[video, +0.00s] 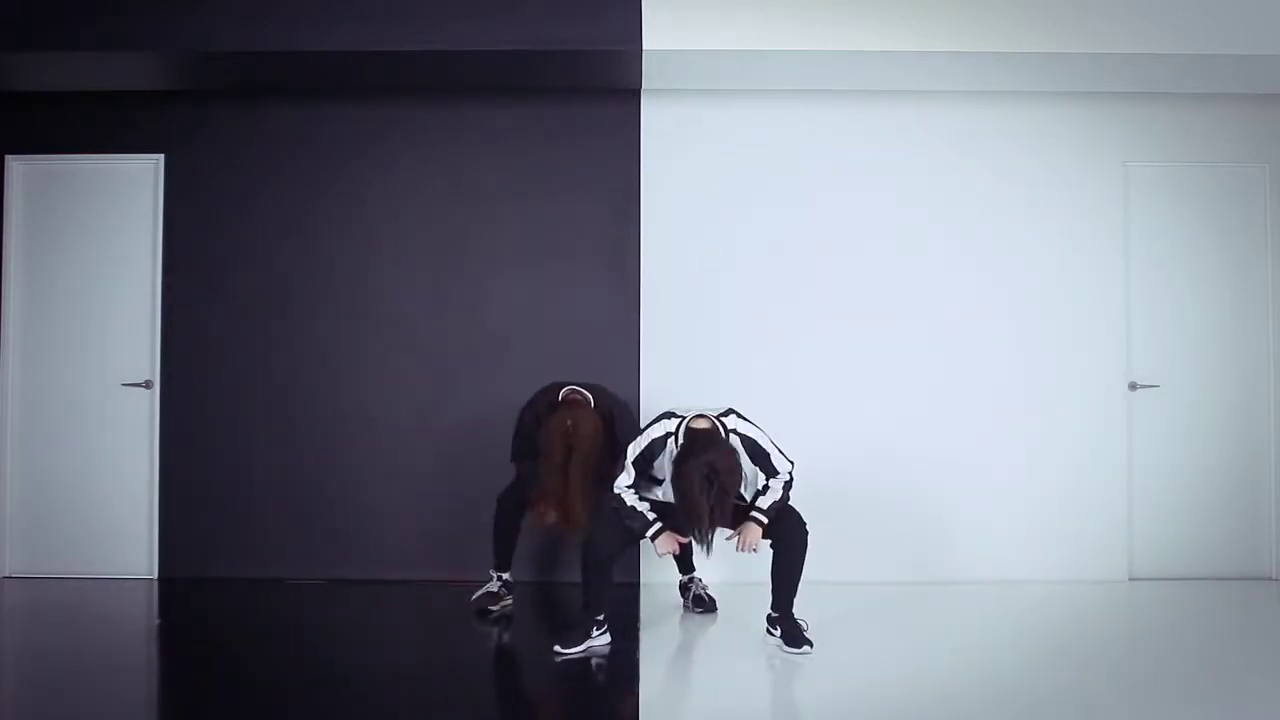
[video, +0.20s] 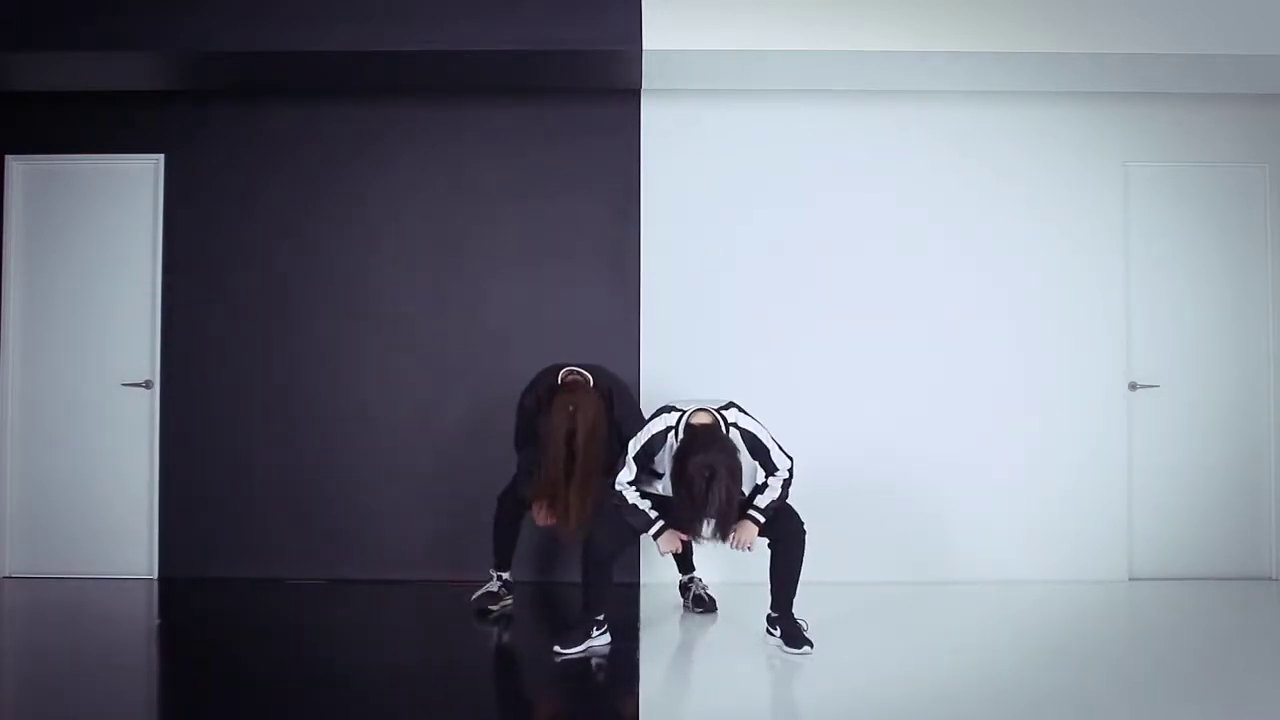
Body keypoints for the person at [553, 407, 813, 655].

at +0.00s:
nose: (709, 512)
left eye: (716, 504)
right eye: (700, 506)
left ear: (729, 469)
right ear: (683, 466)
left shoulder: (741, 432)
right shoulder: (661, 435)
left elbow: (783, 472)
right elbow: (620, 487)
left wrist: (758, 519)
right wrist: (656, 530)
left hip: (730, 497)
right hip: (667, 500)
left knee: (794, 530)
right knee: (602, 534)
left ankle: (781, 617)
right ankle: (598, 625)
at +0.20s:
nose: (708, 514)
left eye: (716, 505)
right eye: (700, 506)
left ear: (730, 463)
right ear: (684, 464)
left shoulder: (741, 425)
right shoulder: (662, 430)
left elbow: (782, 469)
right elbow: (622, 484)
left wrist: (754, 518)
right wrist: (659, 528)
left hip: (733, 490)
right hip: (668, 493)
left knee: (791, 530)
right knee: (603, 531)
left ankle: (781, 617)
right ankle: (598, 625)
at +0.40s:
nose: (708, 483)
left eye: (716, 476)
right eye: (701, 475)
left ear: (727, 444)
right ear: (683, 451)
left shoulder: (739, 416)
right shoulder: (662, 420)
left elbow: (779, 465)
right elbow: (621, 477)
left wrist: (754, 517)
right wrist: (657, 526)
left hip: (723, 482)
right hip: (664, 486)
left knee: (787, 528)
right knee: (602, 534)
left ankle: (781, 617)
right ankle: (597, 624)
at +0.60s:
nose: (709, 481)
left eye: (717, 472)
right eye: (702, 473)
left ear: (726, 436)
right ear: (683, 442)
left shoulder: (738, 405)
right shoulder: (662, 409)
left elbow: (775, 458)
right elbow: (623, 470)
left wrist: (754, 516)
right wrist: (656, 524)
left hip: (726, 470)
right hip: (662, 474)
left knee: (784, 527)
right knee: (603, 536)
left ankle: (781, 617)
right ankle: (595, 623)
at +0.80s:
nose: (705, 482)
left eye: (715, 467)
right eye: (699, 469)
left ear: (728, 425)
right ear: (683, 427)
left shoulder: (740, 394)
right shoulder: (661, 396)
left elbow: (772, 446)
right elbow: (625, 458)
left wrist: (756, 513)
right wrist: (652, 518)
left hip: (721, 465)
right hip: (659, 469)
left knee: (782, 525)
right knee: (605, 536)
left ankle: (780, 617)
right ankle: (596, 624)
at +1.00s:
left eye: (716, 434)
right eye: (700, 436)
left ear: (727, 400)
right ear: (683, 403)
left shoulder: (739, 379)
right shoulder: (661, 380)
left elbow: (768, 435)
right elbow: (628, 441)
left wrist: (757, 503)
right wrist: (649, 506)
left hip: (721, 463)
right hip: (663, 464)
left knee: (781, 526)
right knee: (609, 529)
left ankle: (780, 616)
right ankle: (596, 623)